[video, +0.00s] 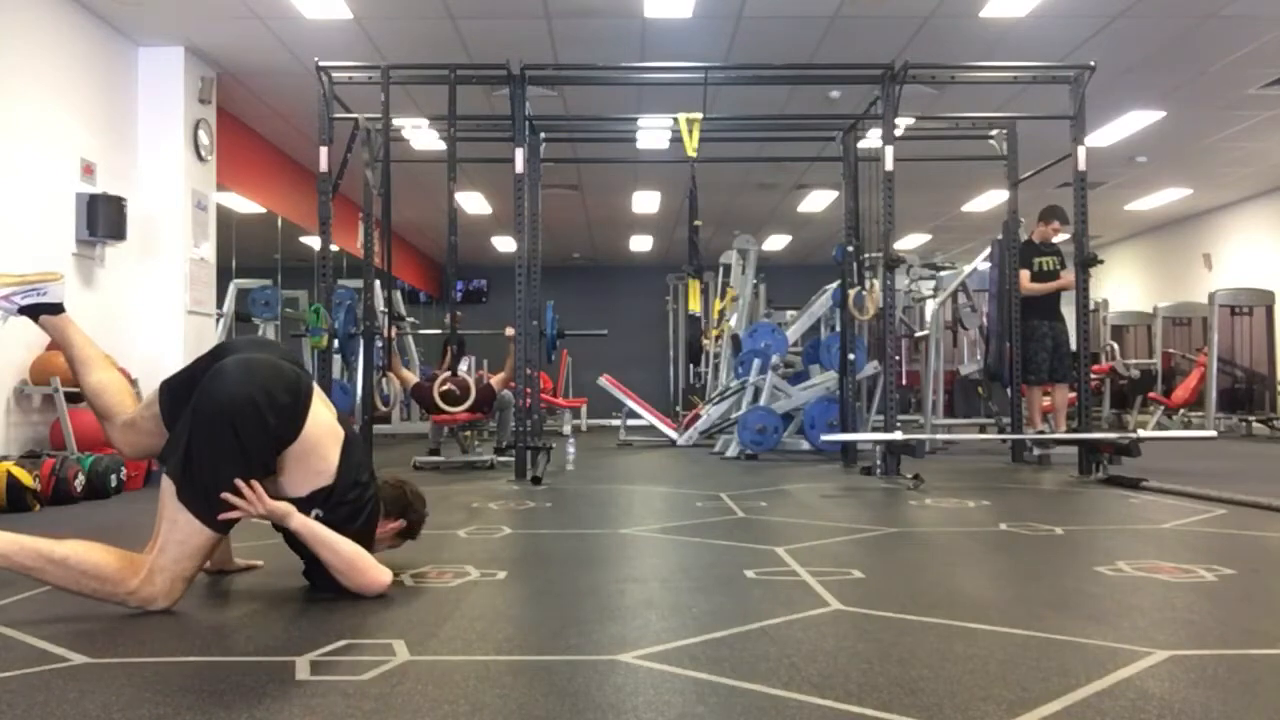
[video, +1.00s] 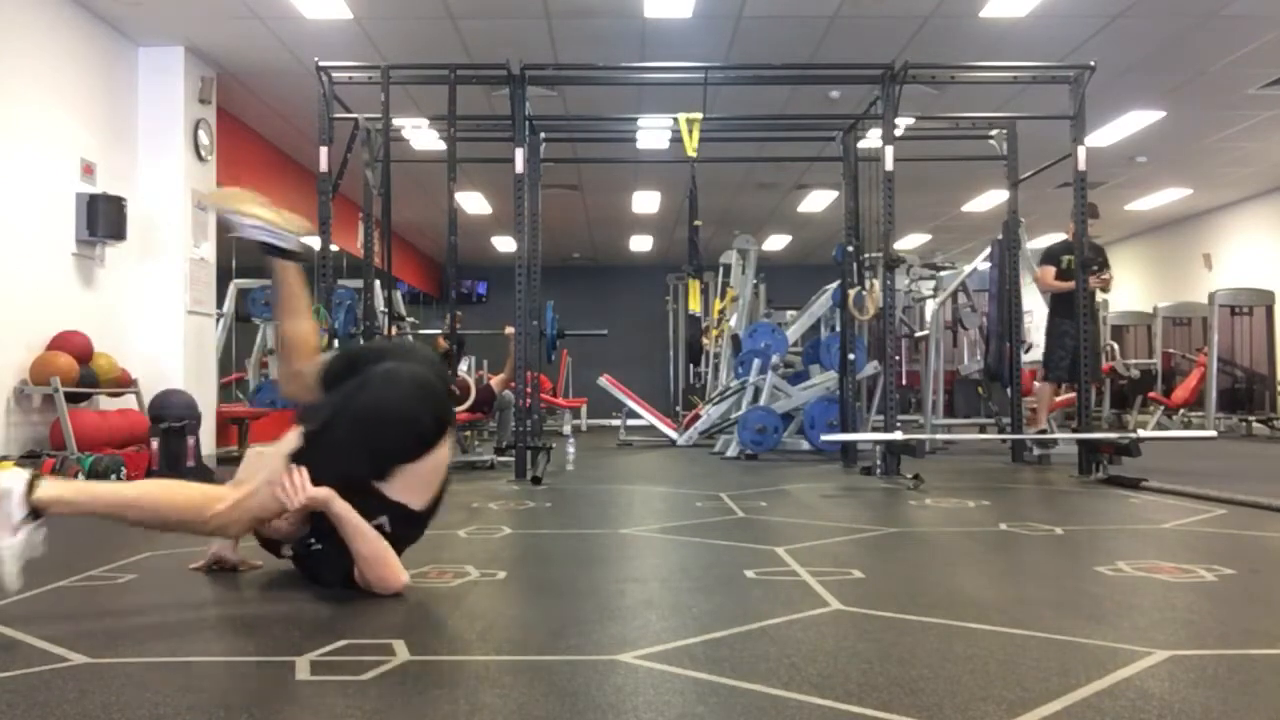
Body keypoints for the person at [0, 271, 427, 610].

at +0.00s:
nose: (388, 546)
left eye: (394, 540)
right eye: (396, 538)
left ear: (380, 505)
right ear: (390, 526)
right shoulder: (355, 516)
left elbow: (225, 464)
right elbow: (374, 581)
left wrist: (221, 553)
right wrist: (287, 514)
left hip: (254, 356)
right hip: (258, 399)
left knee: (131, 433)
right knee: (153, 586)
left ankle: (48, 312)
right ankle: (4, 542)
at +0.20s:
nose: (387, 548)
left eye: (395, 542)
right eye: (396, 541)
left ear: (380, 506)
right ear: (389, 526)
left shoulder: (336, 478)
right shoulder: (356, 514)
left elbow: (223, 465)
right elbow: (373, 582)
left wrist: (222, 555)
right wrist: (283, 516)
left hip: (253, 357)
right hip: (252, 400)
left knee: (126, 433)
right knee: (150, 586)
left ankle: (42, 315)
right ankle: (4, 542)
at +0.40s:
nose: (382, 549)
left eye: (387, 542)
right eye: (389, 543)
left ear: (376, 501)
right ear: (385, 535)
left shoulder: (345, 473)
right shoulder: (354, 521)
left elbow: (228, 465)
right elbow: (373, 582)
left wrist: (222, 552)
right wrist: (285, 516)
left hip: (257, 356)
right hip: (255, 400)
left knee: (133, 432)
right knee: (151, 585)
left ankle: (46, 316)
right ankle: (4, 543)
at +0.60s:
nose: (333, 584)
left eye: (331, 582)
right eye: (339, 583)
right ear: (341, 567)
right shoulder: (348, 533)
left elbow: (238, 464)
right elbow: (379, 580)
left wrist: (221, 556)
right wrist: (292, 515)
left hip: (281, 353)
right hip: (280, 397)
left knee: (170, 419)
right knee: (155, 575)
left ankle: (87, 294)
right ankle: (2, 542)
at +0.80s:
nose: (274, 523)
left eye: (276, 527)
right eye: (284, 526)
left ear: (283, 528)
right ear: (303, 536)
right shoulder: (332, 558)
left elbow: (251, 450)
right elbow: (391, 581)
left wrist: (225, 556)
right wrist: (319, 504)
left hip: (340, 350)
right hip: (354, 387)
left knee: (232, 390)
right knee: (182, 532)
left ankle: (177, 259)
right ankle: (8, 532)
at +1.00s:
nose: (275, 524)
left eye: (273, 531)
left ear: (274, 535)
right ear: (298, 542)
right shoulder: (329, 557)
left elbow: (267, 451)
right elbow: (393, 581)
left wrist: (230, 543)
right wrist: (331, 505)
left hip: (402, 367)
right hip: (412, 403)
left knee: (301, 381)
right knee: (231, 510)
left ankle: (284, 248)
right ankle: (34, 492)